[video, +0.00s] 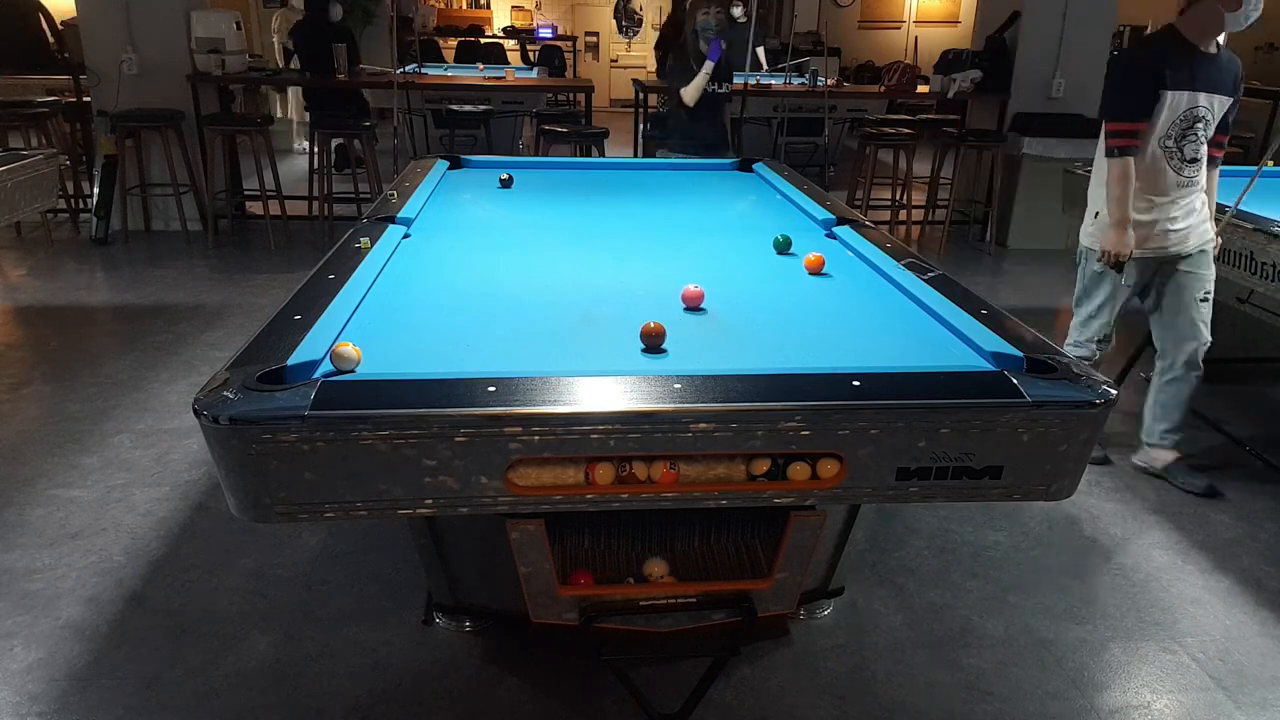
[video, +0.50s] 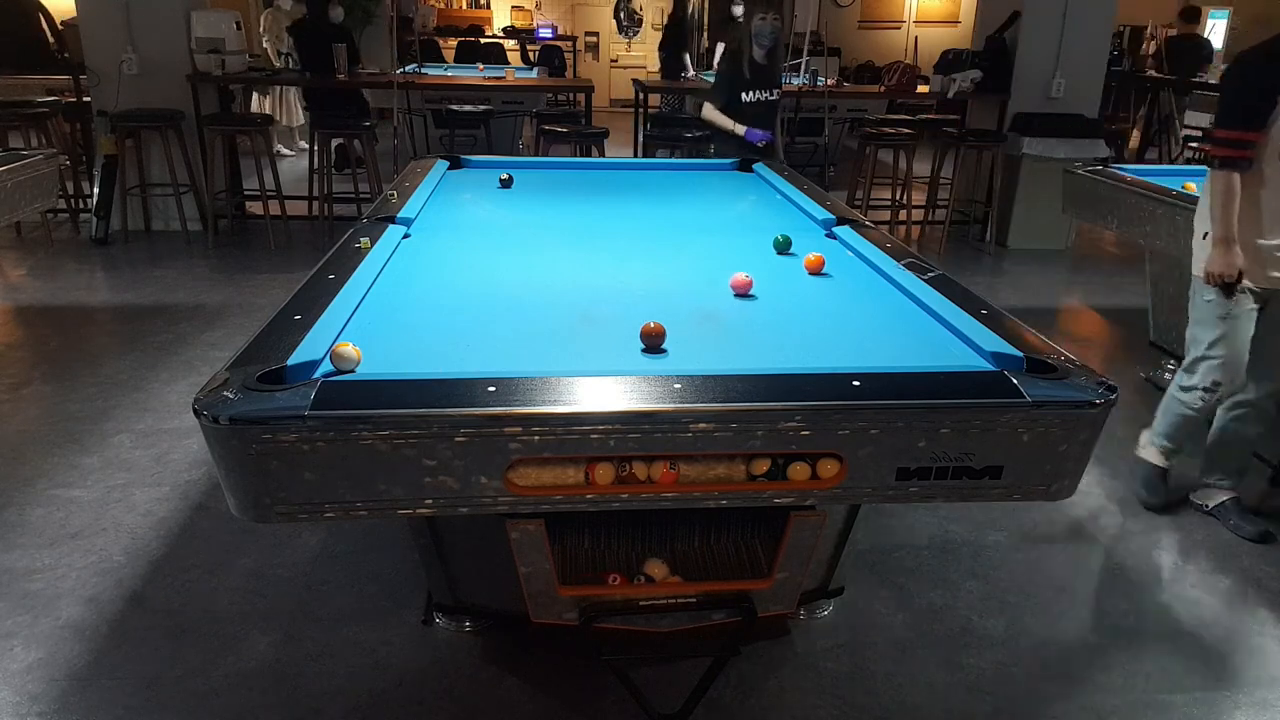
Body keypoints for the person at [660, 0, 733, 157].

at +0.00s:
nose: (713, 20)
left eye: (719, 13)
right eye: (705, 13)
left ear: (726, 18)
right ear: (693, 20)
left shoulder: (725, 58)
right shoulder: (681, 55)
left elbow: (725, 106)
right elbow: (689, 99)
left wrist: (729, 147)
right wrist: (710, 60)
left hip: (717, 143)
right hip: (684, 144)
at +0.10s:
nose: (727, 20)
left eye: (733, 13)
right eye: (719, 13)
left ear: (740, 19)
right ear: (706, 19)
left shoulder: (737, 58)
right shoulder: (694, 56)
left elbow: (737, 109)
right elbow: (699, 102)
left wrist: (742, 149)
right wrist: (726, 68)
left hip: (729, 148)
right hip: (698, 148)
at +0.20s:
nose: (739, 20)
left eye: (745, 14)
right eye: (732, 13)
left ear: (751, 20)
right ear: (719, 19)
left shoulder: (746, 58)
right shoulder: (706, 56)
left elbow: (748, 111)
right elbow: (701, 107)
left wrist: (754, 151)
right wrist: (737, 85)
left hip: (740, 147)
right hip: (709, 149)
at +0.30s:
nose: (750, 22)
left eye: (756, 15)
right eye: (742, 14)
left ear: (762, 23)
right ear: (730, 21)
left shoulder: (757, 62)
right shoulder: (715, 58)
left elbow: (760, 112)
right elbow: (699, 109)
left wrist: (765, 153)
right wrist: (742, 107)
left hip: (750, 149)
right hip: (717, 150)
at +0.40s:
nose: (760, 24)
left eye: (766, 16)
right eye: (752, 16)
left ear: (771, 22)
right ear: (739, 21)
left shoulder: (765, 64)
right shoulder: (724, 61)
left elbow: (766, 114)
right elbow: (702, 110)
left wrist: (772, 152)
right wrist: (741, 123)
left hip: (757, 152)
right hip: (724, 152)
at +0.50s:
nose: (770, 26)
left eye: (775, 19)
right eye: (762, 19)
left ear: (782, 25)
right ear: (749, 25)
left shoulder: (773, 66)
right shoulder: (733, 62)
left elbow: (774, 117)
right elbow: (707, 111)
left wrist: (779, 158)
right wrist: (744, 131)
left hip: (766, 159)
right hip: (732, 159)